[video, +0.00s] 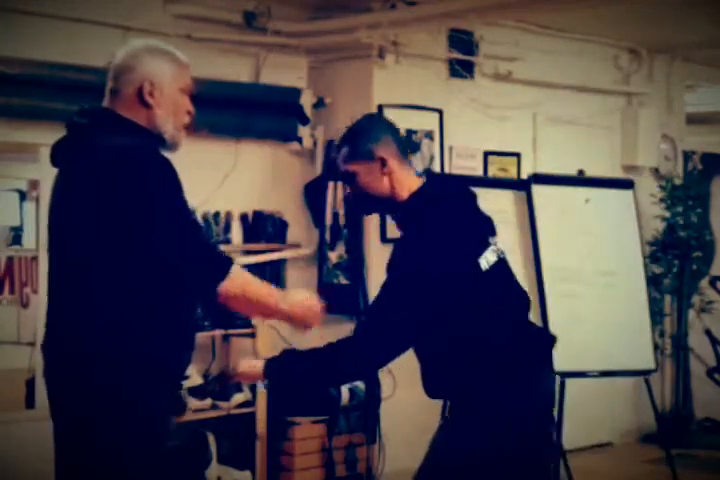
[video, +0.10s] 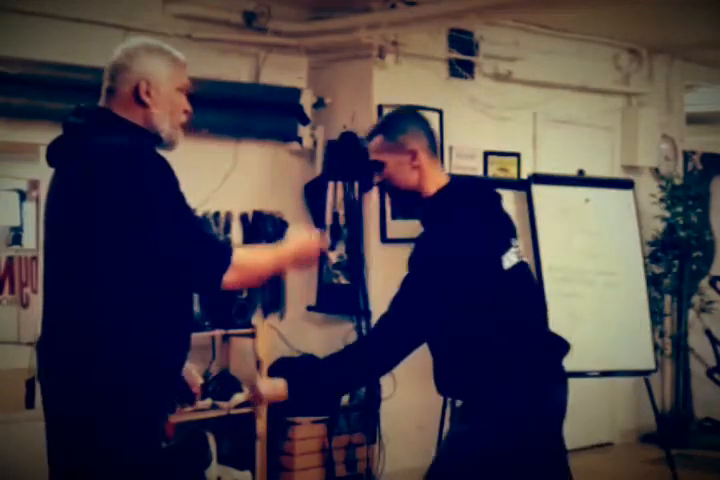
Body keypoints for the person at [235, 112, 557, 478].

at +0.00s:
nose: (352, 190)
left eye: (353, 177)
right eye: (348, 179)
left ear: (385, 165)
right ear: (387, 163)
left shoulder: (426, 238)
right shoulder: (449, 199)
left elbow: (372, 348)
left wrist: (271, 371)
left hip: (488, 395)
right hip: (522, 376)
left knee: (438, 472)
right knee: (529, 470)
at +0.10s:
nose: (378, 180)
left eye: (382, 167)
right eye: (375, 169)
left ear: (415, 156)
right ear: (418, 157)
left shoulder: (449, 230)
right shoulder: (474, 199)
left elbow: (392, 339)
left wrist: (296, 384)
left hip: (499, 396)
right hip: (533, 382)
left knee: (448, 472)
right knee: (546, 473)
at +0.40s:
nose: (485, 148)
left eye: (493, 135)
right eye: (486, 137)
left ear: (531, 139)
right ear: (530, 141)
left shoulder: (543, 209)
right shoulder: (567, 197)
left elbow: (533, 347)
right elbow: (557, 295)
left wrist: (463, 402)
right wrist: (499, 311)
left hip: (554, 395)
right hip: (584, 382)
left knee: (525, 471)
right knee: (581, 470)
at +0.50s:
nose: (509, 139)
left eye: (518, 127)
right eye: (511, 128)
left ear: (556, 132)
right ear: (553, 135)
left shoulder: (568, 196)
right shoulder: (573, 189)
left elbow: (560, 312)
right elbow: (562, 287)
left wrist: (503, 381)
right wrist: (514, 308)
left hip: (572, 378)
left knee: (536, 470)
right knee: (587, 469)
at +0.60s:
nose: (526, 132)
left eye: (536, 121)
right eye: (528, 122)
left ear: (573, 127)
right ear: (571, 130)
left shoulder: (586, 190)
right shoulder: (582, 186)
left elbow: (580, 307)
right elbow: (575, 286)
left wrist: (522, 356)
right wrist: (528, 304)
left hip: (584, 372)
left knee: (541, 467)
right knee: (594, 464)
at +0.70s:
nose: (540, 128)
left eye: (550, 117)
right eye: (541, 118)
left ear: (586, 123)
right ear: (583, 126)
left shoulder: (599, 185)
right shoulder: (593, 183)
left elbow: (587, 300)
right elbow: (582, 284)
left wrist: (525, 341)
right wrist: (535, 302)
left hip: (589, 369)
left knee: (556, 466)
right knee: (600, 462)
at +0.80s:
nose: (546, 126)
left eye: (557, 115)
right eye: (548, 116)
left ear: (594, 122)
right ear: (590, 125)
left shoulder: (604, 185)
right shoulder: (597, 182)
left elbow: (593, 314)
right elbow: (588, 290)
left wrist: (522, 327)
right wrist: (537, 298)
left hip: (594, 368)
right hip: (601, 361)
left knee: (566, 465)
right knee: (601, 462)